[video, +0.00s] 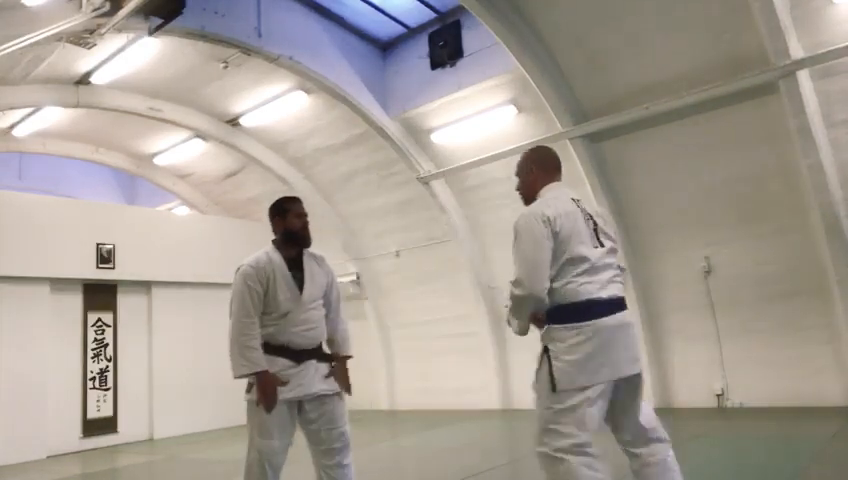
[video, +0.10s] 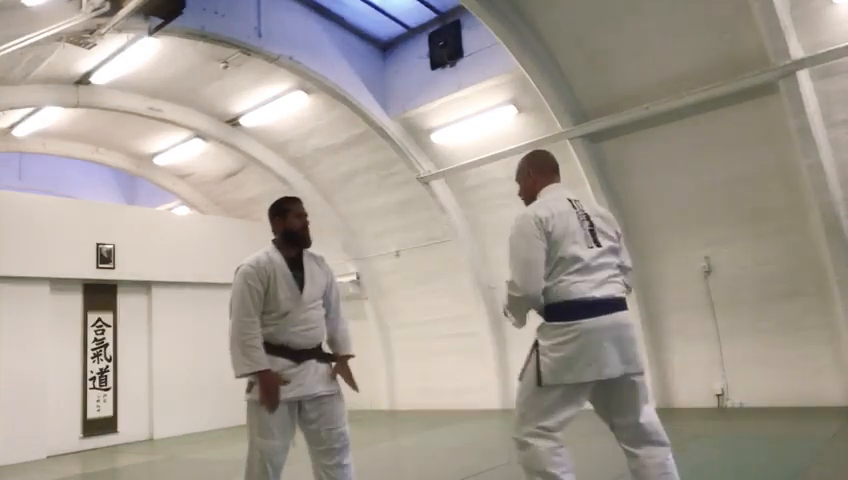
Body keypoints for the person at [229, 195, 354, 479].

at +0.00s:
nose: (307, 222)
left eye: (306, 217)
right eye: (299, 217)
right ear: (277, 223)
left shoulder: (320, 265)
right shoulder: (254, 270)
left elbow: (334, 315)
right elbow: (244, 327)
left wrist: (341, 359)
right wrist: (261, 373)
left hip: (319, 370)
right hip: (274, 374)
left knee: (336, 453)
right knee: (266, 459)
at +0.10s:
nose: (307, 222)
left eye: (306, 217)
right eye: (300, 217)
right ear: (277, 223)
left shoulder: (319, 265)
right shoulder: (255, 269)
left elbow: (334, 313)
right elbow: (245, 326)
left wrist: (341, 356)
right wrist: (263, 372)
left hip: (319, 371)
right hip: (274, 377)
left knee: (336, 455)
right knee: (267, 461)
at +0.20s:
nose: (307, 222)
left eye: (306, 217)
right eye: (300, 217)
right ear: (278, 222)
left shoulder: (319, 266)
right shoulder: (255, 269)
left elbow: (333, 312)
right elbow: (245, 327)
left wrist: (341, 355)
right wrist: (266, 372)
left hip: (319, 371)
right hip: (273, 376)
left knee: (335, 456)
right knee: (266, 461)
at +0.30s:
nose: (307, 222)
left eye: (306, 217)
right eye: (300, 217)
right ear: (277, 222)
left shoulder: (318, 265)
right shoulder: (255, 269)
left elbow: (332, 312)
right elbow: (247, 327)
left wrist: (340, 356)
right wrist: (268, 371)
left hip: (319, 370)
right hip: (274, 375)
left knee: (336, 455)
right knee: (267, 461)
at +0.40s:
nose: (307, 223)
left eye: (306, 218)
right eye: (300, 218)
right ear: (278, 224)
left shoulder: (317, 265)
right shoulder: (257, 270)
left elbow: (330, 313)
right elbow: (248, 328)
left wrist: (340, 356)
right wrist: (271, 372)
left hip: (319, 369)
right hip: (274, 373)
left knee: (338, 450)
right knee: (268, 460)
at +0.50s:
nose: (310, 227)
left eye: (308, 222)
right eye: (303, 223)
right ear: (279, 229)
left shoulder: (318, 271)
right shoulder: (259, 274)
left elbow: (331, 322)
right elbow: (250, 333)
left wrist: (350, 358)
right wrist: (277, 371)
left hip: (323, 374)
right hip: (277, 377)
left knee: (348, 443)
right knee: (269, 463)